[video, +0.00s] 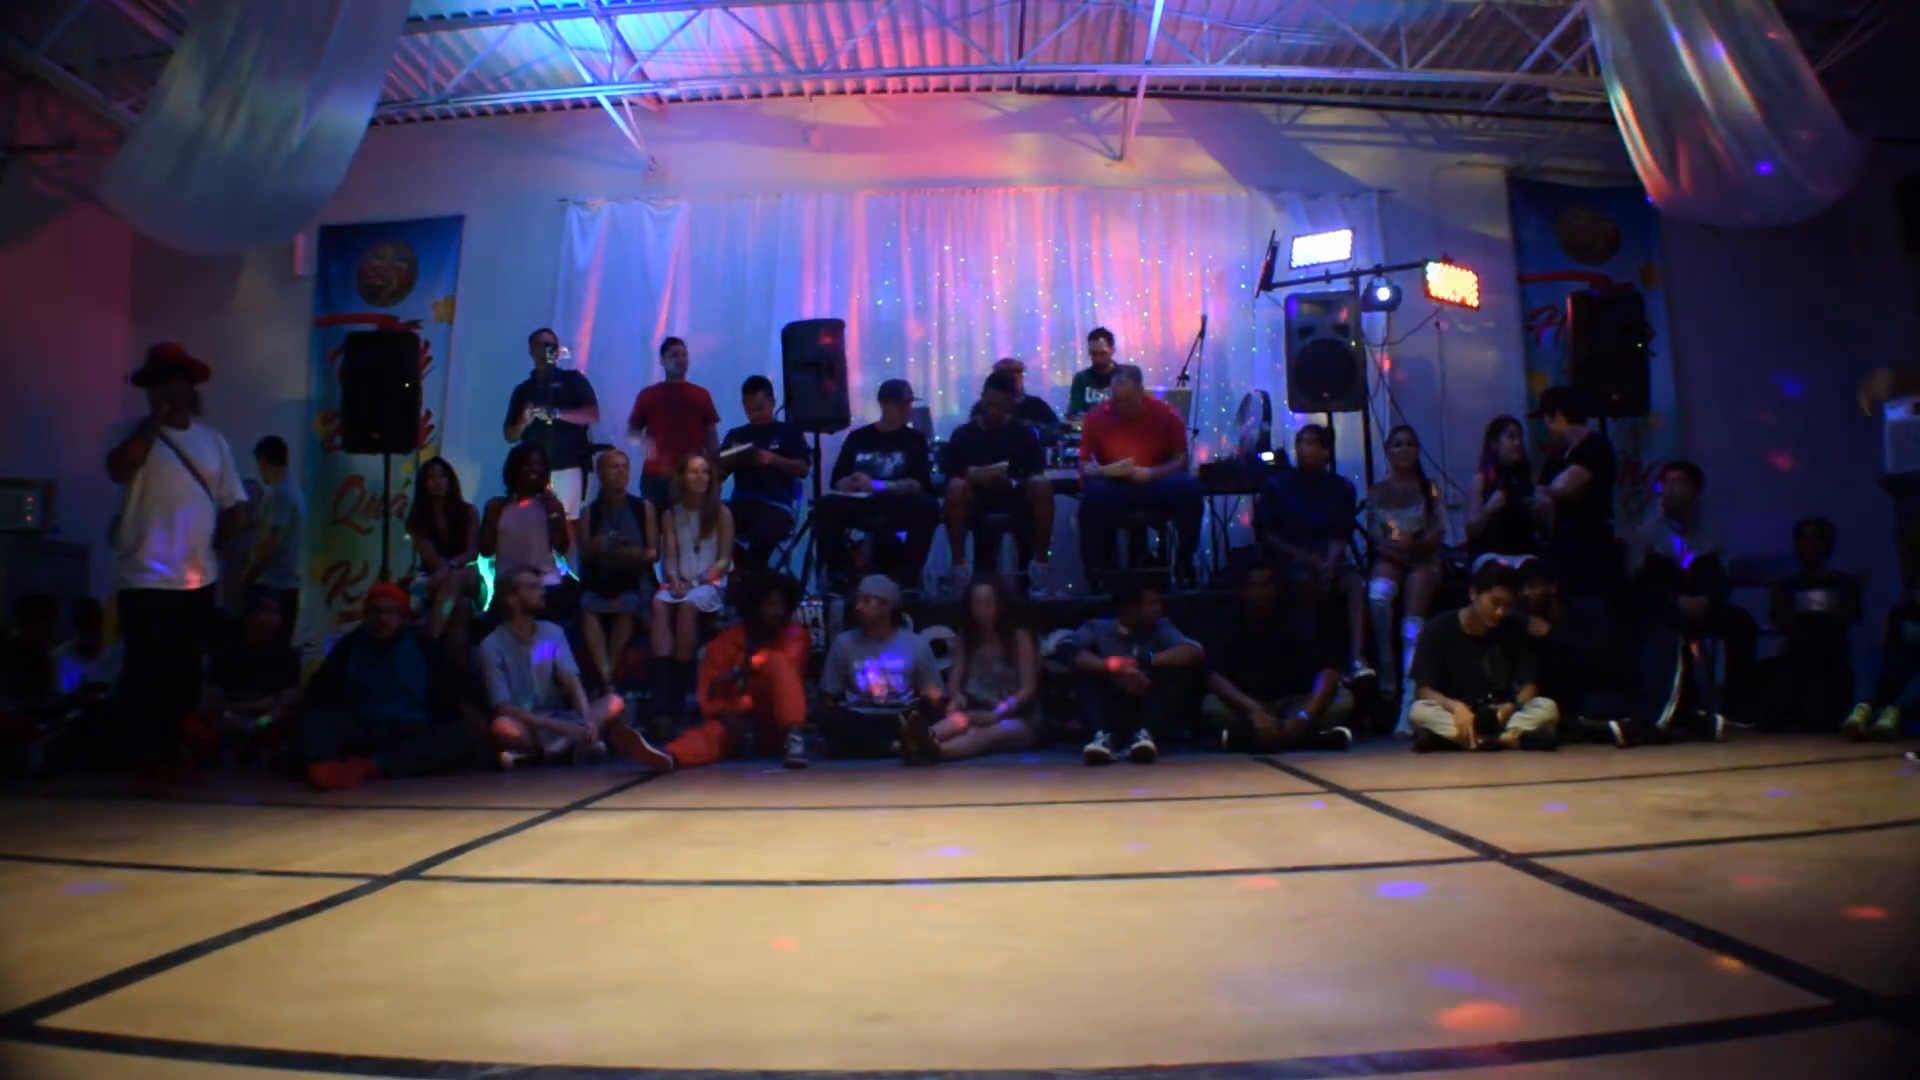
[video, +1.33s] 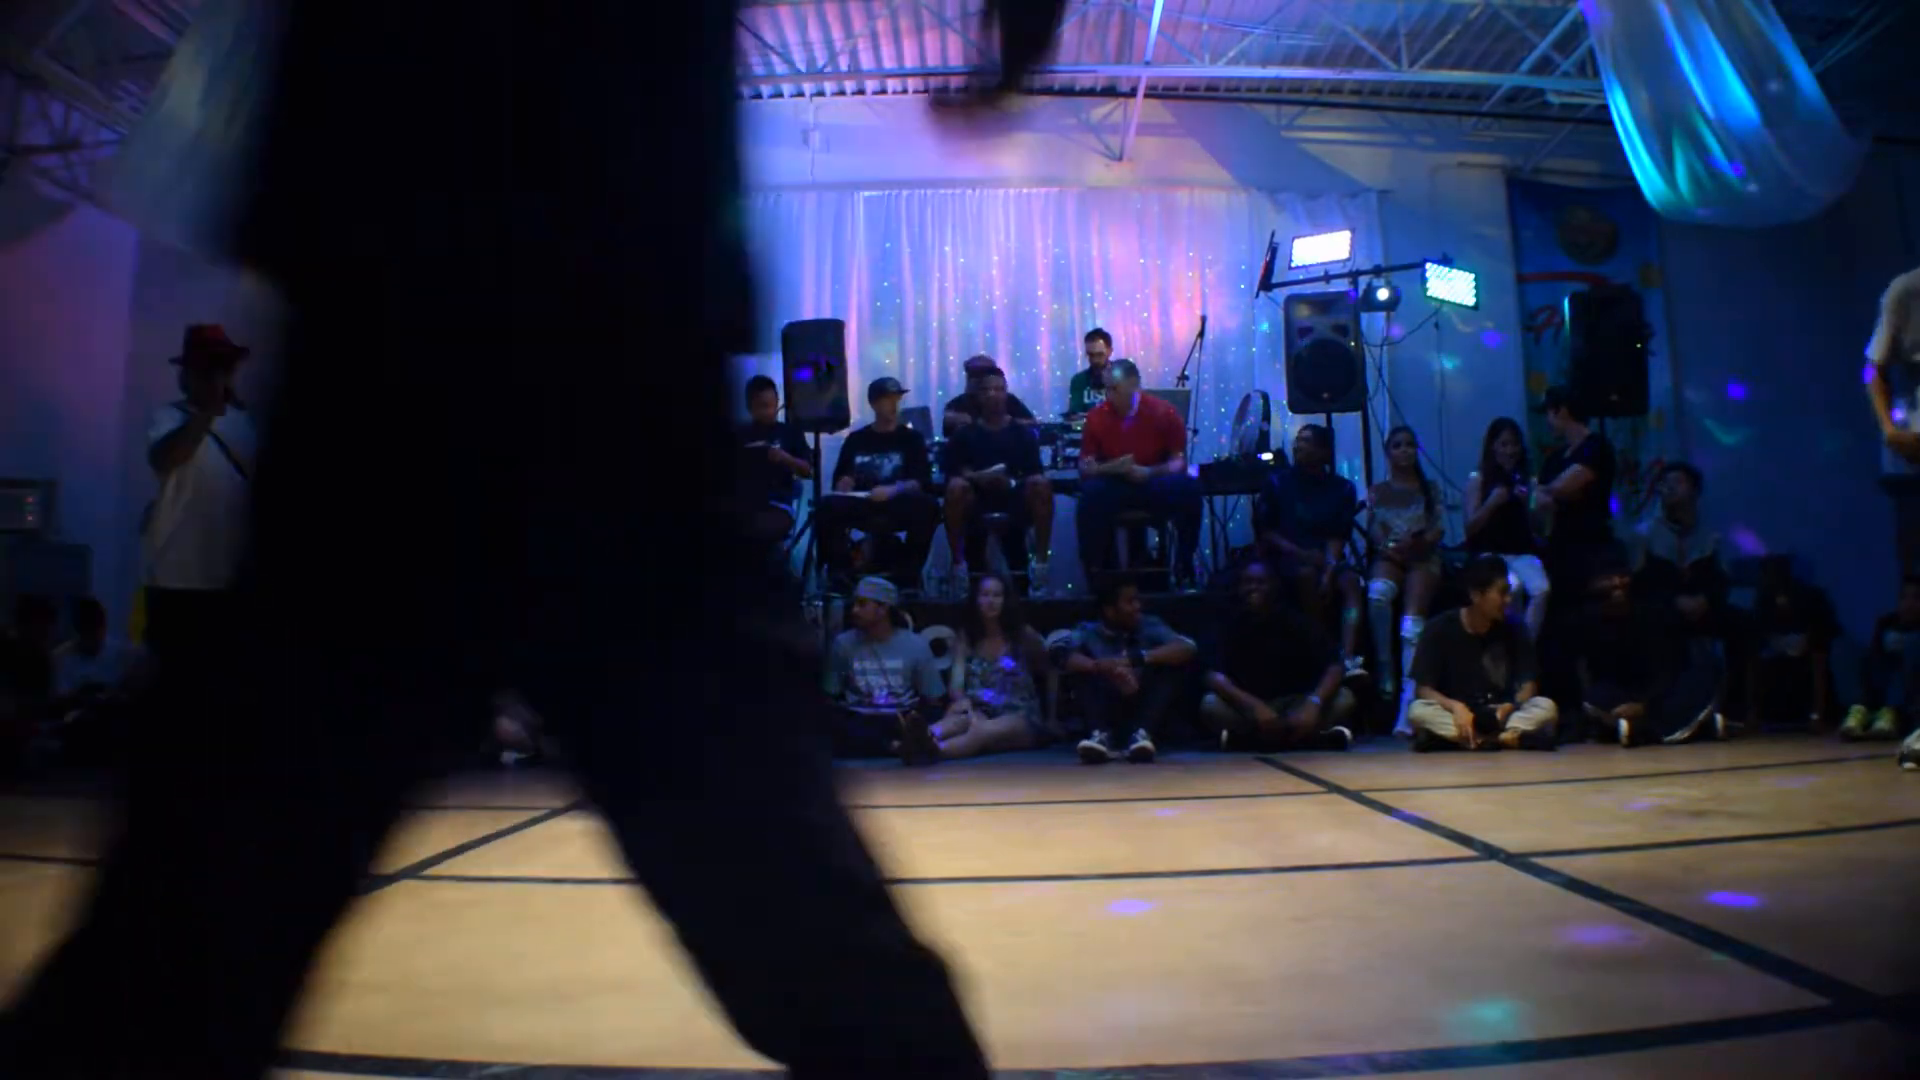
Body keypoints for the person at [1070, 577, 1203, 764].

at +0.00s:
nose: (1158, 609)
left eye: (1158, 603)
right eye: (1152, 604)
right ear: (1130, 607)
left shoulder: (1160, 629)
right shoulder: (1099, 630)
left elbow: (1194, 651)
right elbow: (1067, 650)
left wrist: (1147, 661)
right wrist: (1114, 667)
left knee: (1173, 670)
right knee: (1088, 671)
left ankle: (1145, 733)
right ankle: (1102, 735)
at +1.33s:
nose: (1137, 607)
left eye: (1136, 601)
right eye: (1129, 602)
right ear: (1110, 609)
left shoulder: (1148, 627)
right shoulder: (1089, 632)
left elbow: (1187, 648)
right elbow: (1058, 652)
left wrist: (1139, 660)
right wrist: (1107, 668)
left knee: (1167, 670)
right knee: (1087, 672)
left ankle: (1142, 733)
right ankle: (1099, 734)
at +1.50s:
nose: (1133, 606)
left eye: (1132, 600)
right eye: (1125, 601)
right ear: (1105, 610)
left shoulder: (1143, 627)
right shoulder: (1086, 633)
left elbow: (1185, 647)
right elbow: (1053, 652)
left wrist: (1136, 659)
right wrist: (1105, 668)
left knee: (1160, 668)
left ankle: (1142, 734)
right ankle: (1099, 734)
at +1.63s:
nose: (1131, 606)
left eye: (1130, 599)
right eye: (1123, 600)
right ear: (1104, 609)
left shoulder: (1141, 631)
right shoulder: (1085, 635)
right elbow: (1069, 662)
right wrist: (1109, 668)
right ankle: (1092, 734)